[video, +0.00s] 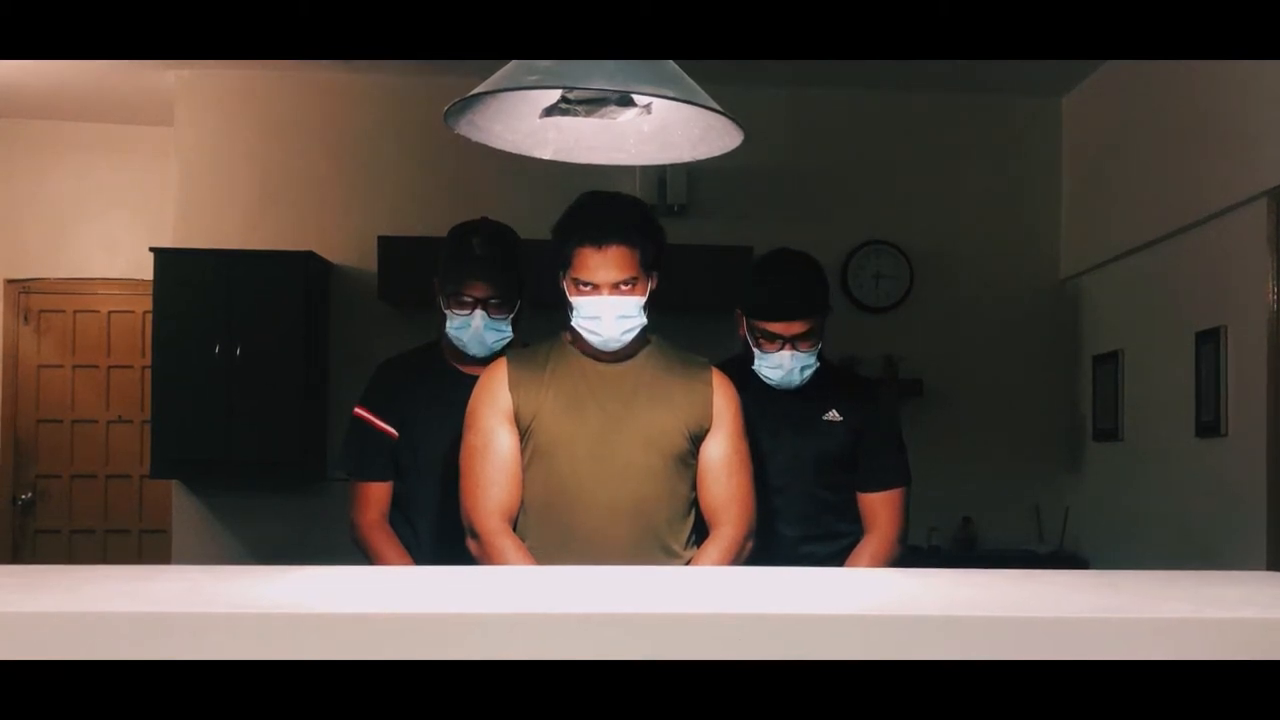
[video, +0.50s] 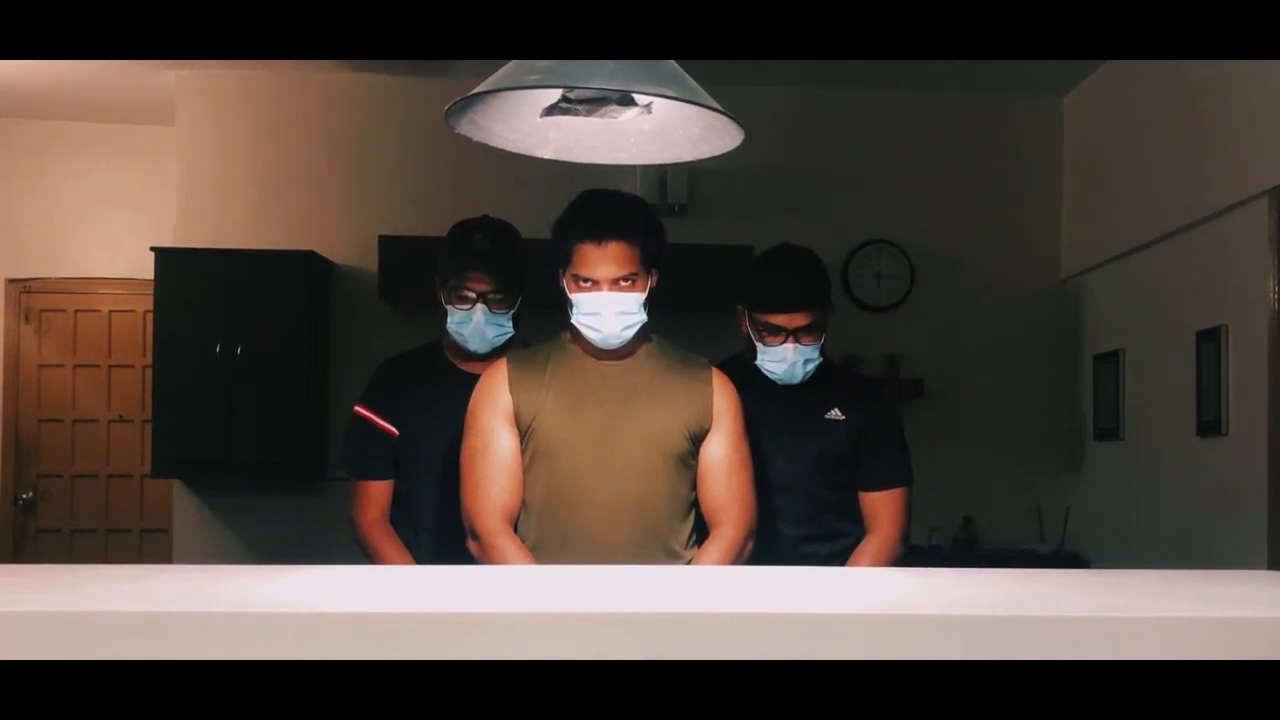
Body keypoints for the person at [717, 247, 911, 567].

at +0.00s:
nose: (786, 357)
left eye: (804, 339)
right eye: (769, 338)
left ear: (823, 327)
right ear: (743, 326)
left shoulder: (863, 402)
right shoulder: (714, 394)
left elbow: (883, 535)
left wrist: (830, 605)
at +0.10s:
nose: (787, 355)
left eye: (804, 337)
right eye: (769, 337)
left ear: (823, 326)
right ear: (743, 325)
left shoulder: (863, 401)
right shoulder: (714, 394)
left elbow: (884, 536)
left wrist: (829, 605)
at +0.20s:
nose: (787, 354)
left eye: (805, 336)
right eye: (769, 336)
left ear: (824, 325)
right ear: (743, 324)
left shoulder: (862, 402)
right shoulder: (714, 395)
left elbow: (884, 536)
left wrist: (830, 606)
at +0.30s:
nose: (788, 351)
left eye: (806, 334)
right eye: (770, 334)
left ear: (824, 324)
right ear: (744, 323)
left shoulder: (862, 400)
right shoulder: (715, 393)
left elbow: (884, 535)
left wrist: (831, 605)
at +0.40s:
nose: (789, 350)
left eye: (807, 333)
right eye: (771, 332)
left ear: (825, 323)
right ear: (745, 323)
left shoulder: (862, 400)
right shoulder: (716, 393)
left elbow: (885, 535)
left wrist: (831, 605)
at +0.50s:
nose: (790, 348)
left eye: (807, 332)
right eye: (772, 332)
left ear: (826, 323)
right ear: (745, 322)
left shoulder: (862, 400)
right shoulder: (716, 393)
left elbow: (885, 535)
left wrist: (832, 605)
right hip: (740, 591)